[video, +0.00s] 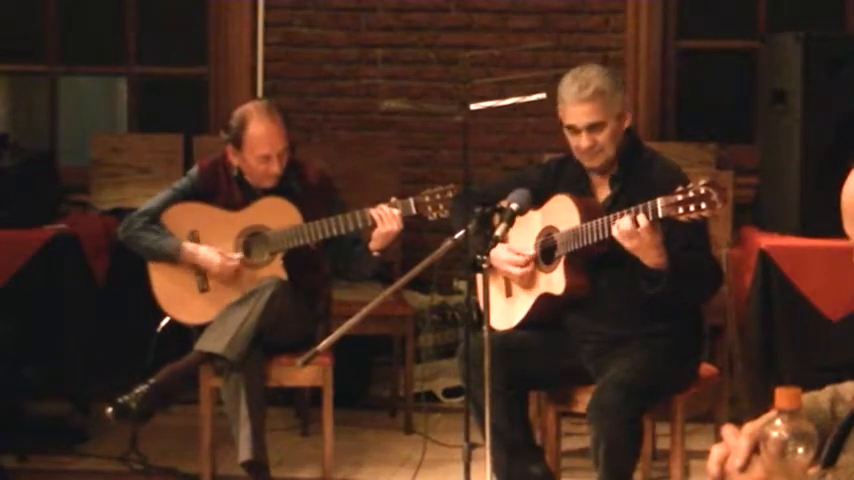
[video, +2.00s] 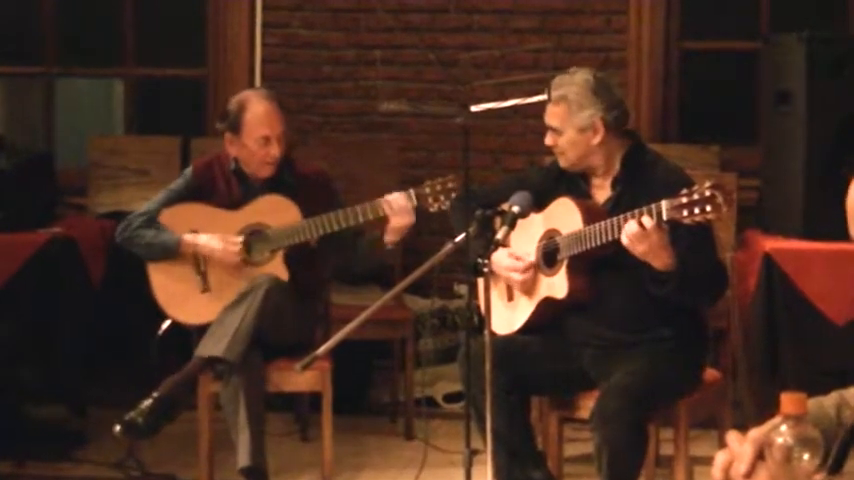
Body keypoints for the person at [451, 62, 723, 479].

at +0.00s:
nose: (584, 143)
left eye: (596, 129)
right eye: (572, 131)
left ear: (625, 119)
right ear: (561, 126)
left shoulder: (665, 183)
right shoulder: (557, 176)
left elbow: (705, 281)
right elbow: (468, 203)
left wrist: (658, 262)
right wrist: (488, 248)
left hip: (654, 342)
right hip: (574, 335)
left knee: (611, 403)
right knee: (485, 353)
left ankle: (613, 474)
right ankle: (523, 471)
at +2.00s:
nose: (548, 141)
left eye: (556, 131)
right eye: (548, 130)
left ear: (595, 131)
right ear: (591, 132)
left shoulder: (667, 186)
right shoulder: (557, 179)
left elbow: (710, 285)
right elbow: (468, 205)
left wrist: (666, 263)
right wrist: (488, 253)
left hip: (657, 346)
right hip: (577, 339)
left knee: (615, 407)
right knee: (486, 358)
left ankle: (618, 475)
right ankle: (524, 473)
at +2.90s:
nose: (609, 152)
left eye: (620, 134)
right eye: (595, 139)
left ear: (654, 115)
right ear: (583, 133)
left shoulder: (708, 186)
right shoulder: (577, 181)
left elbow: (751, 312)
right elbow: (474, 211)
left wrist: (700, 284)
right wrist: (497, 271)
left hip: (692, 375)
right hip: (597, 367)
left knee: (651, 445)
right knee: (494, 390)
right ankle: (522, 474)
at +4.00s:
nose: (656, 158)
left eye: (670, 136)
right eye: (637, 143)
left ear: (704, 113)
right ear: (618, 131)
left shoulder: (761, 198)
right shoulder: (604, 181)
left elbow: (805, 348)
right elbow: (479, 211)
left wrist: (745, 329)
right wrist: (508, 286)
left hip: (736, 406)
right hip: (622, 397)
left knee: (712, 460)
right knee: (499, 428)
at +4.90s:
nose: (663, 144)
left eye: (677, 120)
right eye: (643, 127)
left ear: (714, 101)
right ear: (624, 123)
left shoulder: (775, 195)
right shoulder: (612, 181)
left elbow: (830, 348)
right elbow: (482, 212)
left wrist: (774, 324)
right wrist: (516, 289)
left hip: (744, 421)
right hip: (625, 410)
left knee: (722, 467)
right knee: (501, 436)